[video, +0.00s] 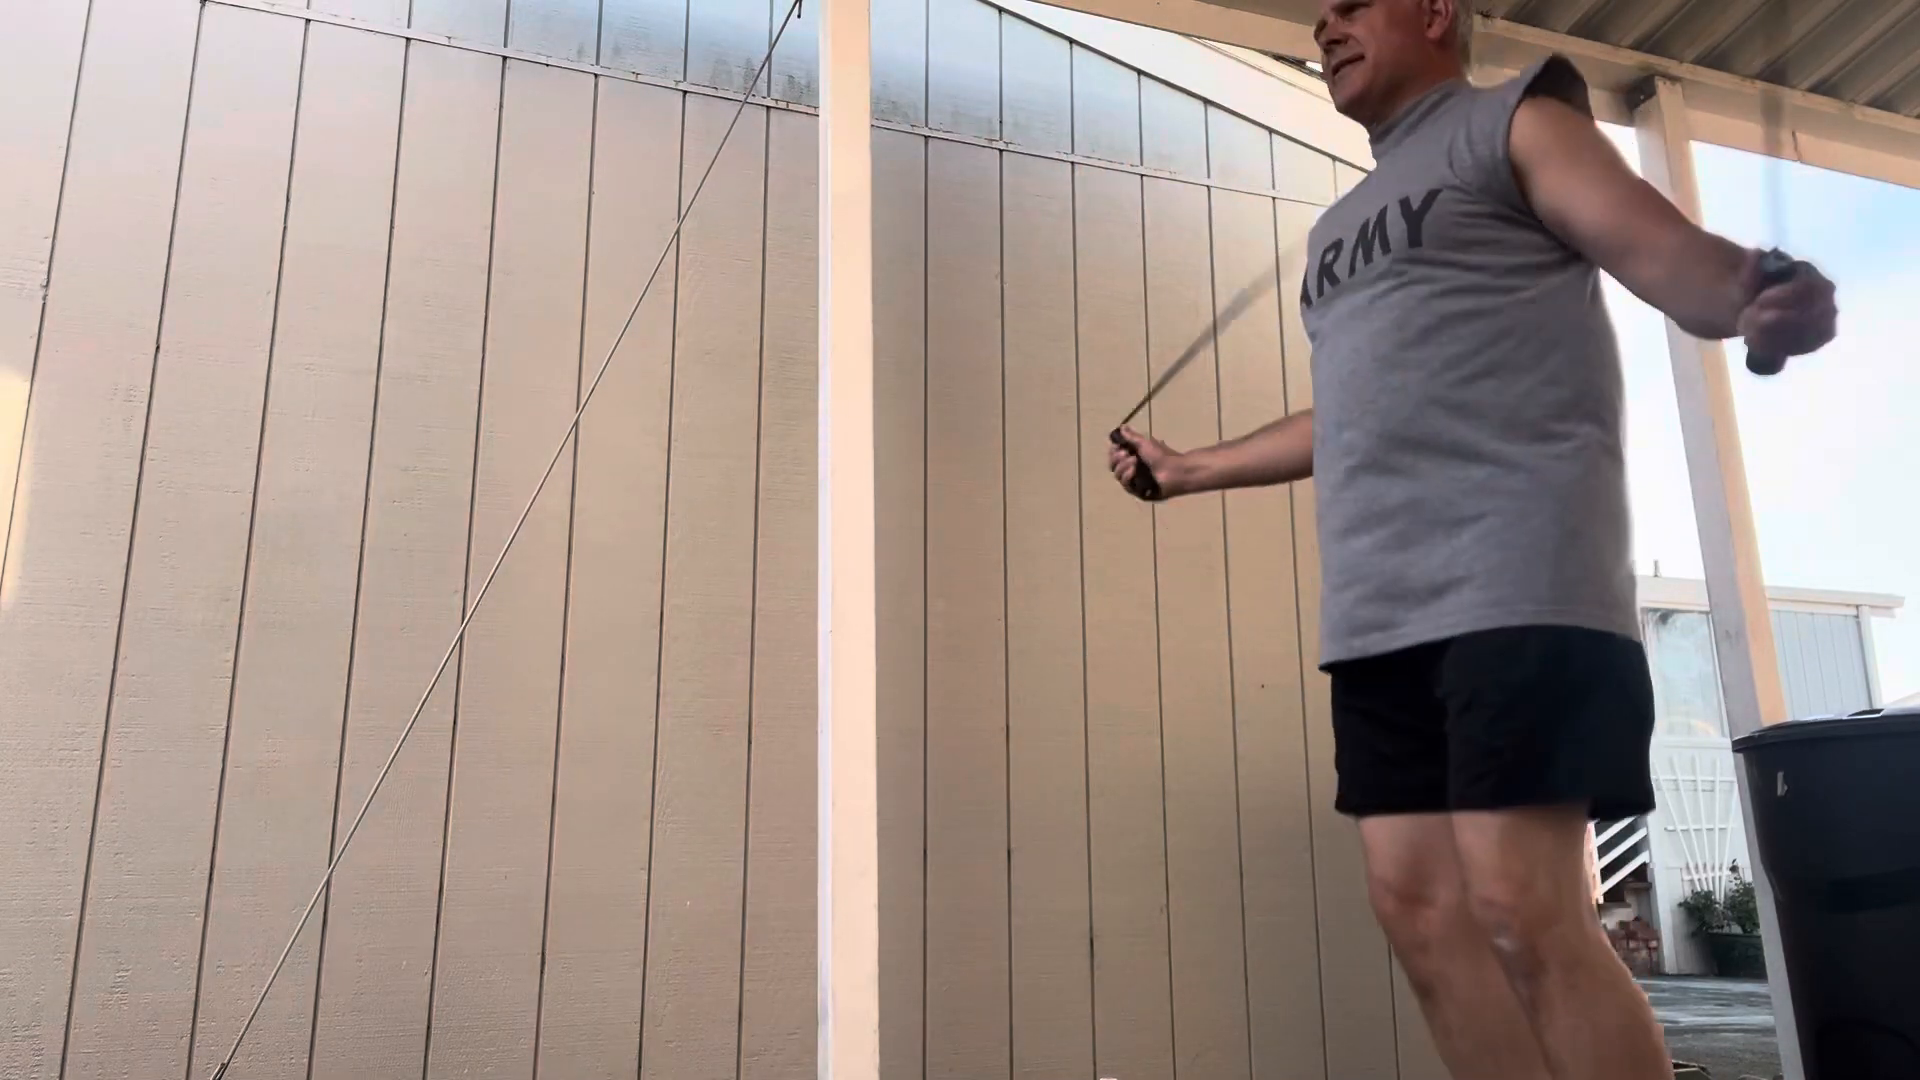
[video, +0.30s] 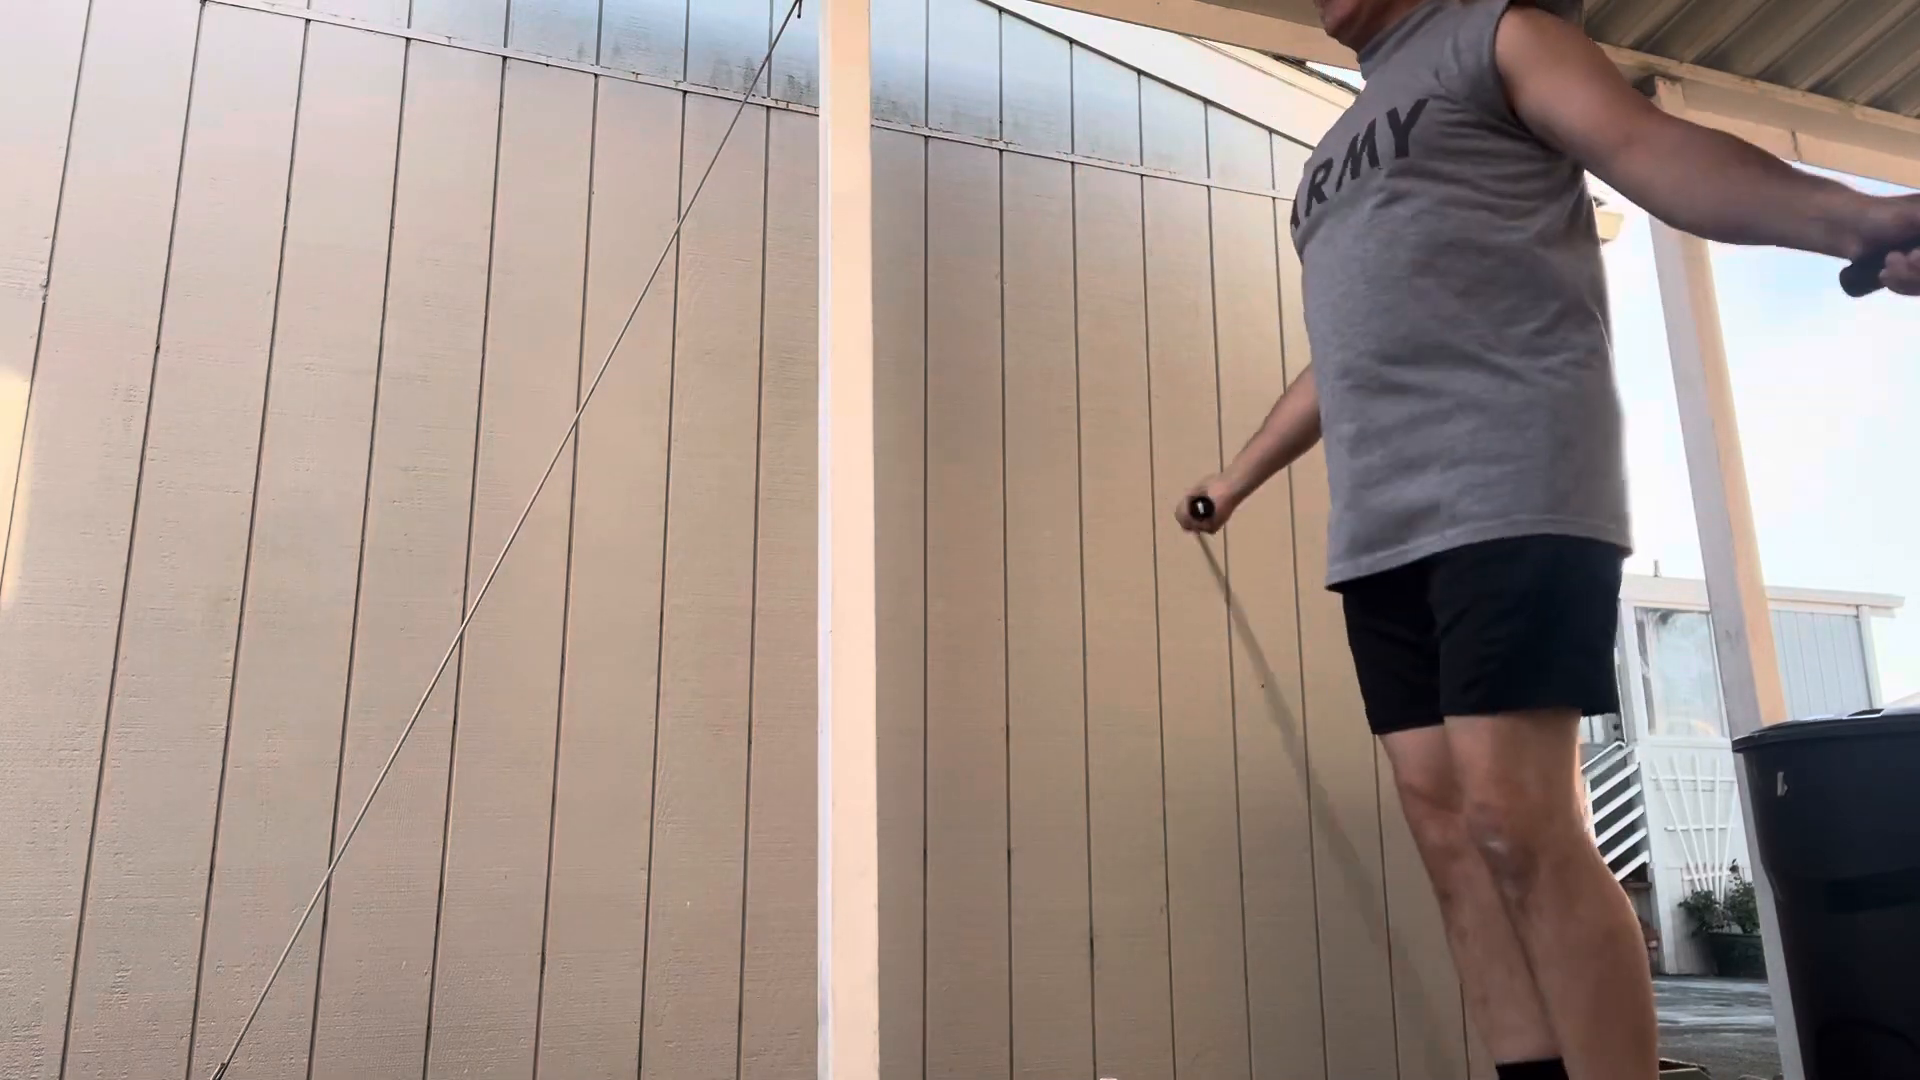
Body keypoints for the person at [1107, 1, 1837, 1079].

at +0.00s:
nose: (1327, 34)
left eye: (1353, 8)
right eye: (1319, 23)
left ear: (1436, 18)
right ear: (1323, 61)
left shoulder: (1514, 118)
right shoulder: (1336, 229)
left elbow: (1646, 242)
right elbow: (1346, 418)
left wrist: (1747, 293)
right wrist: (1186, 468)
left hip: (1523, 567)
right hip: (1375, 595)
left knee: (1532, 905)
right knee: (1419, 906)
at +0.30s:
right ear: (1322, 10)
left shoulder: (1496, 33)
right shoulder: (1334, 154)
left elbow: (1643, 144)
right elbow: (1342, 356)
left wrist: (1857, 220)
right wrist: (1235, 476)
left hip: (1515, 480)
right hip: (1379, 514)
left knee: (1521, 817)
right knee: (1441, 821)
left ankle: (1616, 1069)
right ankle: (1533, 1071)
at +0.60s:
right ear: (1338, 19)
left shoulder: (1514, 47)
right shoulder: (1337, 168)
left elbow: (1636, 188)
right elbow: (1341, 364)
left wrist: (1795, 304)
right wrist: (1250, 512)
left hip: (1505, 500)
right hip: (1372, 527)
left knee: (1524, 835)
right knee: (1431, 831)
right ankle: (1517, 1074)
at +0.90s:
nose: (1335, 39)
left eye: (1365, 15)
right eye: (1331, 28)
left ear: (1448, 22)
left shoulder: (1524, 136)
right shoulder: (1353, 240)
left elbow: (1666, 253)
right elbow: (1348, 434)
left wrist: (1751, 319)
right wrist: (1185, 482)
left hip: (1522, 598)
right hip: (1373, 619)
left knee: (1521, 933)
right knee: (1398, 921)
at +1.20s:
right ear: (1344, 27)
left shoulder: (1528, 67)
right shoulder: (1349, 182)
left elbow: (1686, 191)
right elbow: (1359, 381)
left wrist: (1854, 219)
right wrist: (1224, 449)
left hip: (1532, 529)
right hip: (1381, 557)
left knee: (1543, 866)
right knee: (1429, 865)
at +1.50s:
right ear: (1378, 2)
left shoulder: (1526, 19)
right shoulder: (1352, 151)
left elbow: (1686, 141)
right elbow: (1366, 348)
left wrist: (1896, 237)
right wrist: (1265, 485)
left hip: (1547, 475)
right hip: (1402, 510)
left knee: (1555, 819)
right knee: (1456, 819)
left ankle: (1642, 1070)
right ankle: (1540, 1069)